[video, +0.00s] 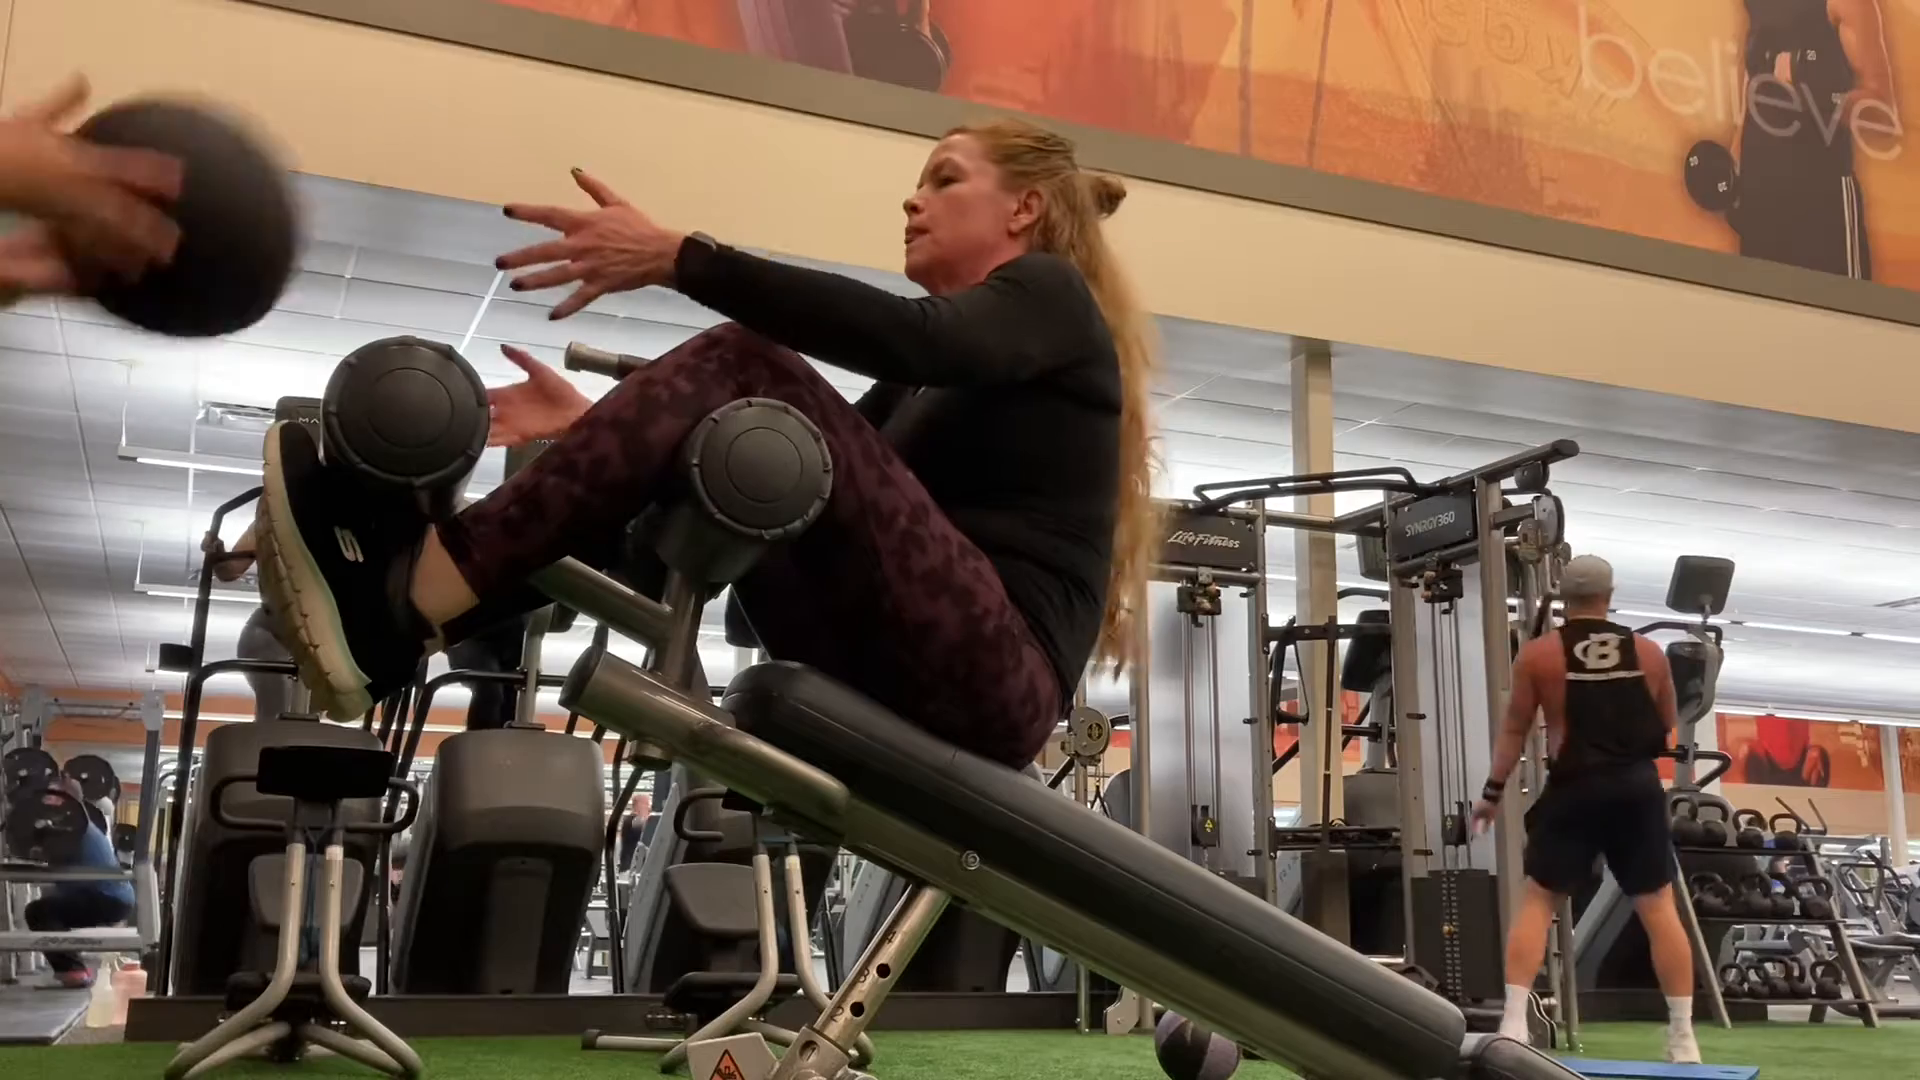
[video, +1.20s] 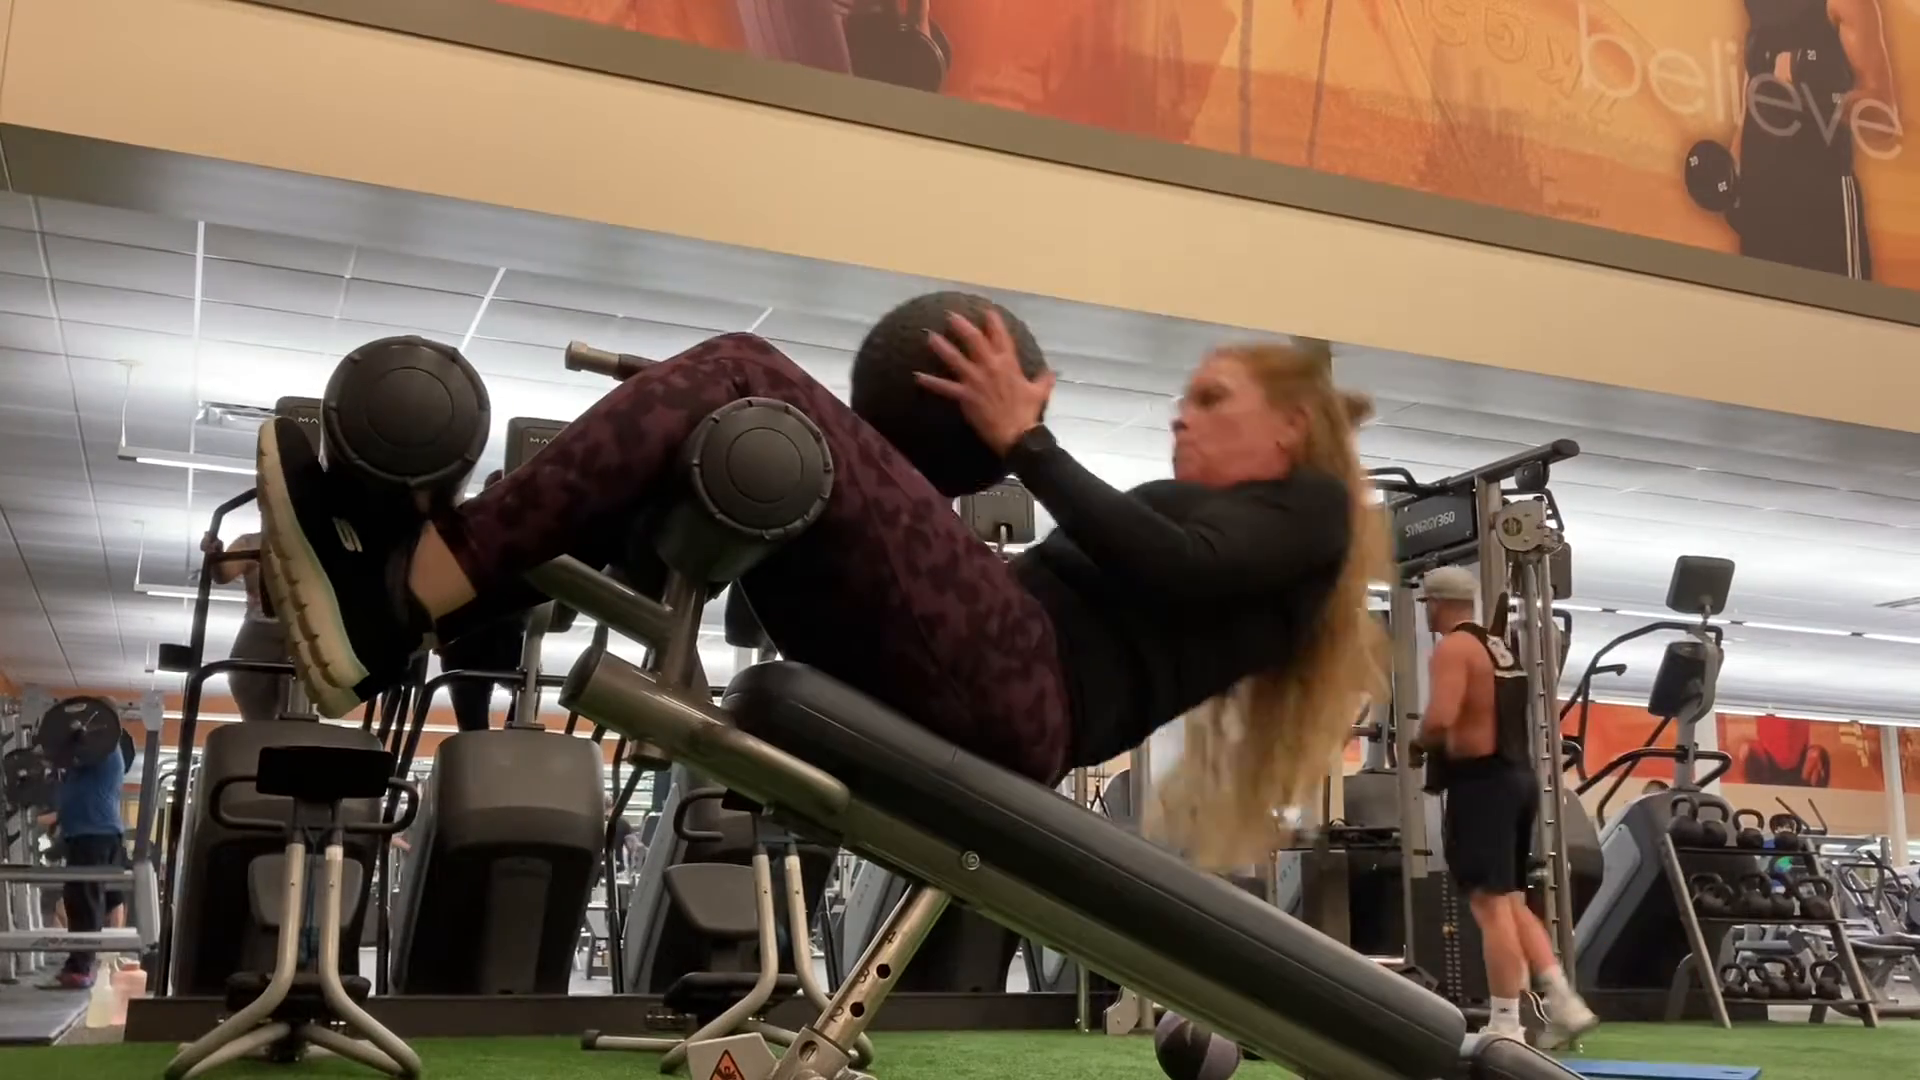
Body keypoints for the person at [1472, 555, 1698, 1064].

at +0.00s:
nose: (1597, 604)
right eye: (1604, 595)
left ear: (1563, 599)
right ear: (1609, 598)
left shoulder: (1538, 654)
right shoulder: (1649, 652)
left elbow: (1514, 730)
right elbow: (1666, 730)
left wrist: (1491, 794)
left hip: (1570, 795)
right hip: (1639, 794)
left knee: (1538, 900)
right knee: (1660, 911)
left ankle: (1513, 1027)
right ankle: (1683, 1039)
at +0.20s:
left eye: (1586, 595)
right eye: (1617, 596)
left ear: (1580, 598)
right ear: (1625, 599)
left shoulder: (1561, 646)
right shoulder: (1660, 648)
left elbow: (1539, 711)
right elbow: (1682, 718)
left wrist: (1523, 777)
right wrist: (1651, 744)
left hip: (1590, 787)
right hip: (1654, 786)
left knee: (1570, 897)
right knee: (1665, 904)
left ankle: (1583, 1026)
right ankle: (1683, 1036)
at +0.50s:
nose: (1554, 611)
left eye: (1556, 603)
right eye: (1557, 604)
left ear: (1566, 605)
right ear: (1600, 605)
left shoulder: (1577, 644)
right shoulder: (1631, 648)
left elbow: (1570, 716)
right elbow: (1668, 719)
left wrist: (1546, 775)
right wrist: (1660, 768)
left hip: (1599, 781)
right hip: (1652, 784)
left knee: (1552, 889)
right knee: (1663, 906)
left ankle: (1572, 1018)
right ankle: (1683, 1035)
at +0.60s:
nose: (1536, 618)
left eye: (1537, 608)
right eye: (1536, 609)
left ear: (1550, 608)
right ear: (1580, 606)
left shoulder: (1570, 645)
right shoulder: (1614, 647)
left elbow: (1571, 719)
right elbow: (1628, 730)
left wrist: (1544, 770)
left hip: (1594, 783)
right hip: (1644, 785)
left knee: (1553, 893)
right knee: (1656, 910)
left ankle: (1536, 1020)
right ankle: (1682, 1037)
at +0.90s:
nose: (1469, 620)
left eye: (1472, 612)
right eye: (1470, 612)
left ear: (1491, 611)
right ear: (1512, 609)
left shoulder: (1509, 652)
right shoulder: (1545, 650)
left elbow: (1518, 724)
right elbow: (1561, 729)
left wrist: (1489, 767)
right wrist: (1502, 772)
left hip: (1537, 787)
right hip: (1579, 785)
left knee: (1523, 904)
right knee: (1603, 902)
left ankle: (1507, 1027)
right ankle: (1668, 1021)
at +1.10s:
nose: (1435, 611)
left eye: (1438, 604)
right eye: (1436, 604)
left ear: (1455, 605)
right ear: (1480, 604)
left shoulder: (1470, 646)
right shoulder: (1510, 647)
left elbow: (1460, 719)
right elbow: (1524, 720)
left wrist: (1433, 748)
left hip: (1495, 784)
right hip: (1533, 781)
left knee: (1501, 904)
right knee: (1539, 896)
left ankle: (1506, 1028)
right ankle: (1615, 997)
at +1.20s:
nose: (1423, 613)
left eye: (1425, 605)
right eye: (1424, 605)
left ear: (1438, 606)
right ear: (1469, 605)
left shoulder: (1454, 647)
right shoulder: (1498, 646)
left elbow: (1440, 718)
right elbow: (1502, 720)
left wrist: (1419, 740)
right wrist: (1445, 742)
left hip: (1482, 785)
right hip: (1514, 781)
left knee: (1491, 907)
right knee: (1510, 901)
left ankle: (1505, 1028)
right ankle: (1564, 1003)